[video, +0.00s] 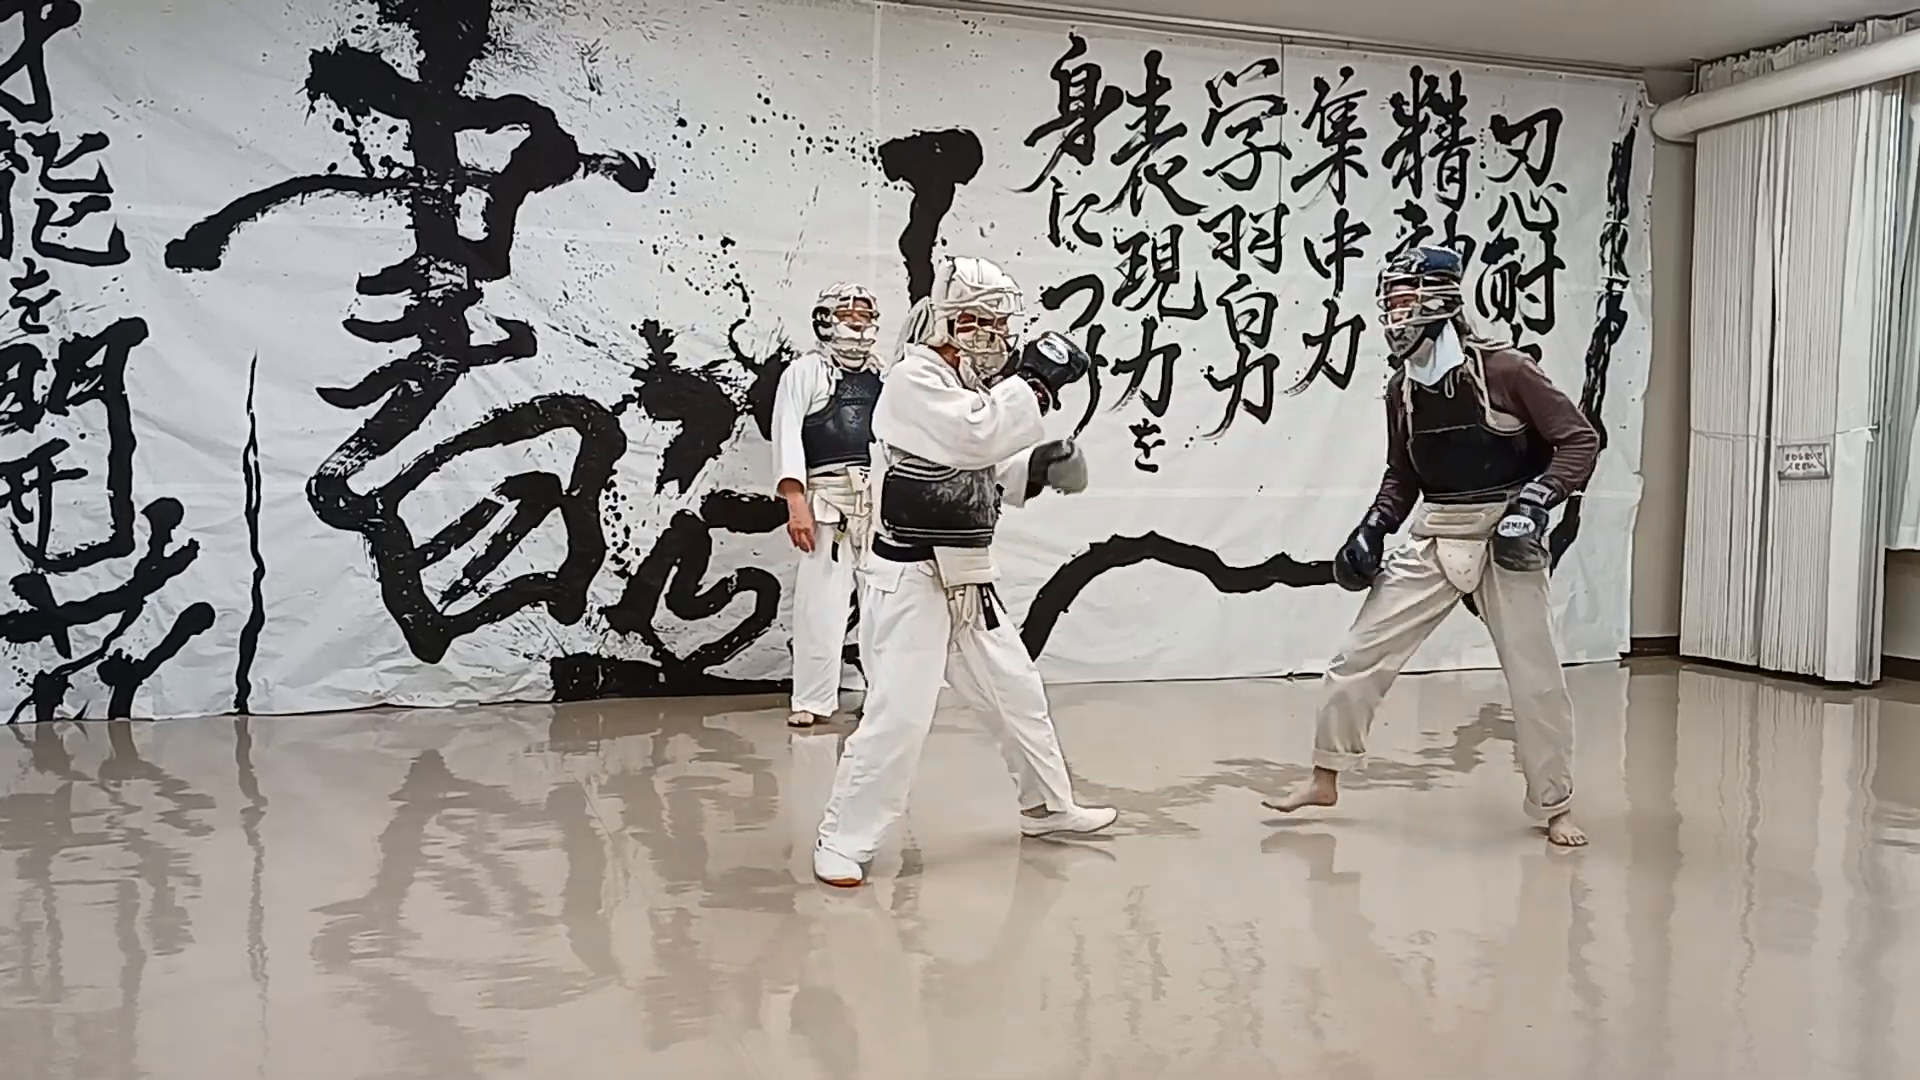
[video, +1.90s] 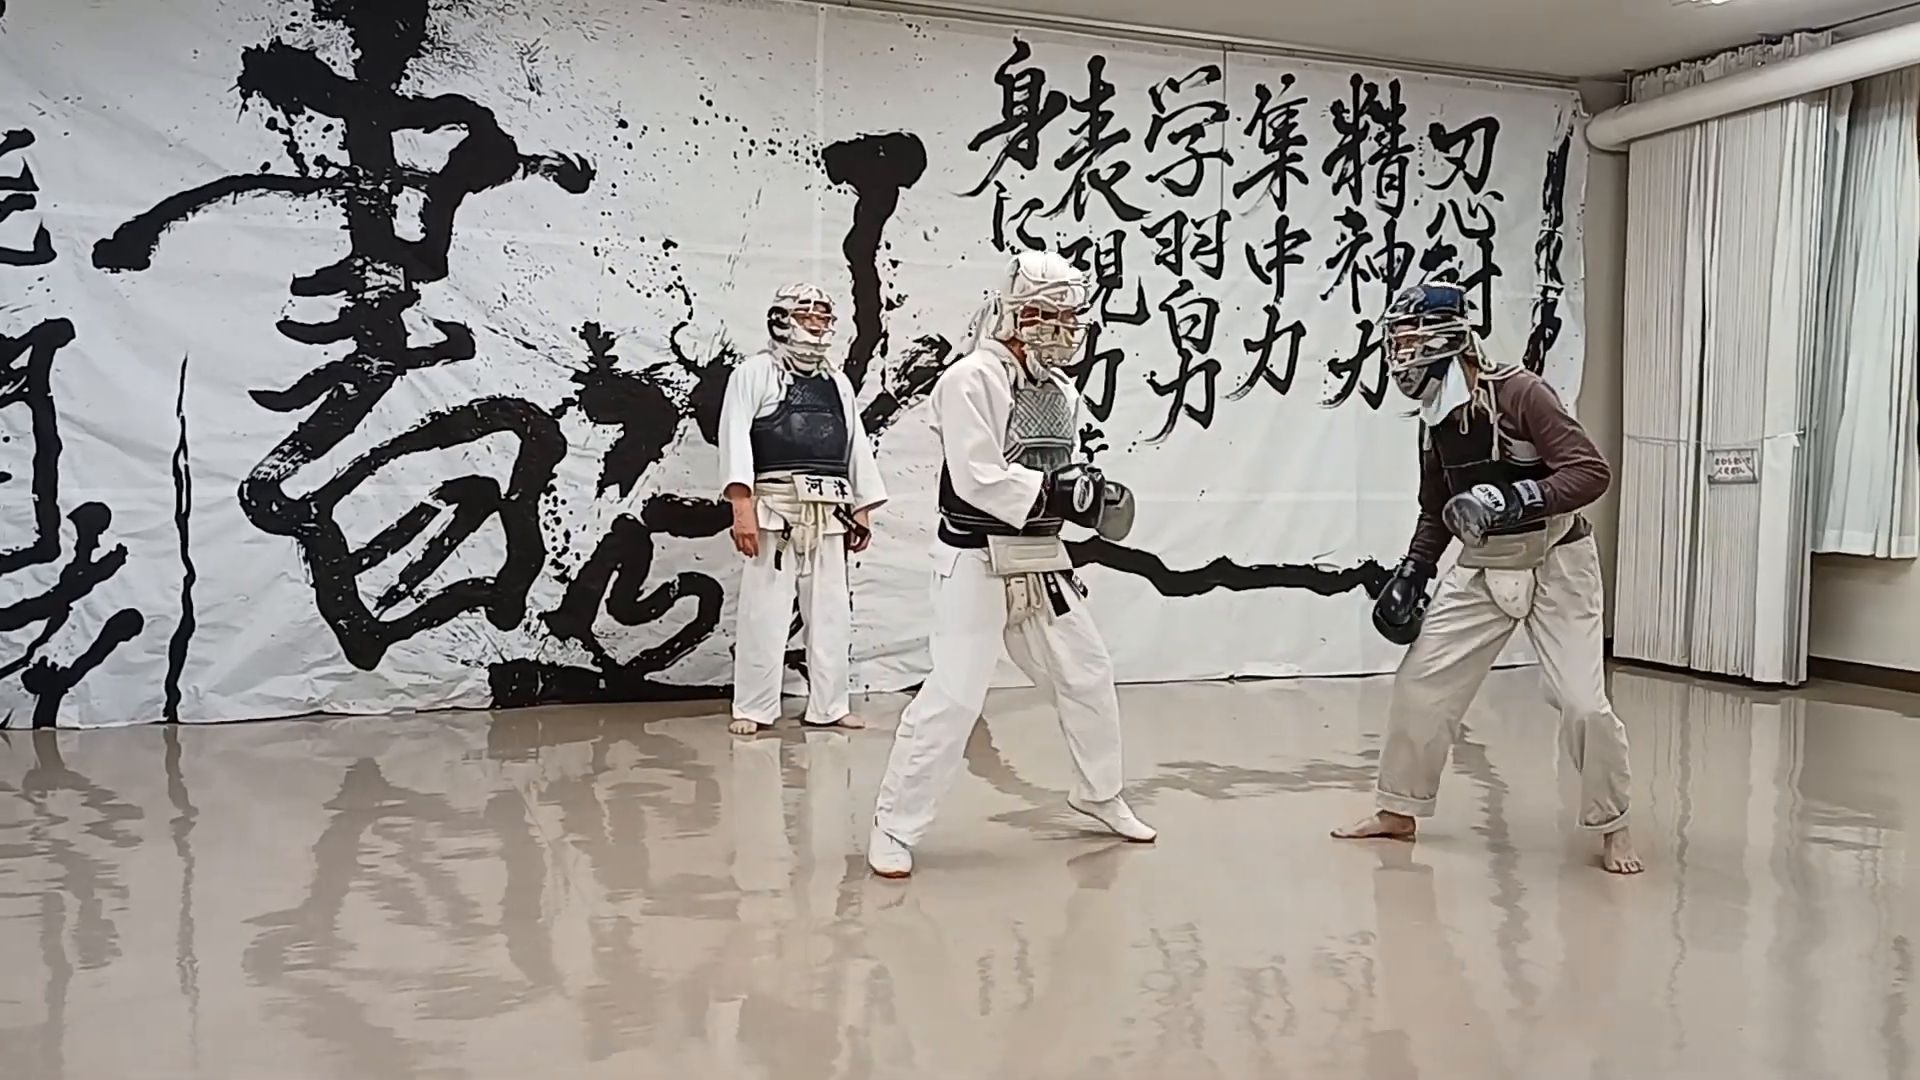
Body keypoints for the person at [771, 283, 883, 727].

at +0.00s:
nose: (855, 323)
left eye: (863, 316)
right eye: (845, 315)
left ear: (873, 324)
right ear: (825, 321)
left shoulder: (882, 375)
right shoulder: (804, 371)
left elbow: (898, 440)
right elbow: (786, 438)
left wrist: (903, 500)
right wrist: (797, 504)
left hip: (879, 501)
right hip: (824, 502)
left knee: (885, 602)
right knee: (819, 607)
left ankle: (886, 698)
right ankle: (811, 702)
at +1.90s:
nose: (817, 323)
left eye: (824, 317)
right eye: (807, 315)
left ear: (830, 325)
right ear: (783, 319)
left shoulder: (837, 380)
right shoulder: (754, 372)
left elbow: (856, 446)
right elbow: (735, 441)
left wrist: (863, 509)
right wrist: (741, 508)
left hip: (830, 510)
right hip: (771, 508)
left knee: (831, 614)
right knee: (763, 614)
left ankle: (829, 707)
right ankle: (753, 710)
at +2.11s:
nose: (798, 323)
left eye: (803, 317)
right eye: (788, 315)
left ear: (808, 326)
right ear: (762, 320)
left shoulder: (817, 381)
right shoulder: (733, 374)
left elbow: (836, 447)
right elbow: (715, 443)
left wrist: (844, 509)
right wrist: (722, 509)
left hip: (811, 511)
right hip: (751, 510)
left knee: (812, 614)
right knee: (744, 615)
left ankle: (810, 708)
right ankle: (734, 712)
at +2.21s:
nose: (788, 324)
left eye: (794, 318)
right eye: (778, 316)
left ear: (799, 326)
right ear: (754, 320)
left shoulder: (808, 381)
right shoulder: (724, 374)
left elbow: (828, 447)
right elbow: (706, 443)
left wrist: (835, 510)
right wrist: (713, 509)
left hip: (802, 511)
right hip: (743, 510)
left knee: (805, 614)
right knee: (736, 615)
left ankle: (802, 708)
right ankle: (726, 713)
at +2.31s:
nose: (780, 324)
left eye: (786, 318)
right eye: (770, 316)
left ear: (792, 325)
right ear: (746, 320)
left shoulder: (801, 382)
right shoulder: (717, 374)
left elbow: (821, 448)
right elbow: (698, 444)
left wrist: (828, 512)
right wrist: (706, 510)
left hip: (795, 511)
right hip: (736, 509)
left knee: (798, 614)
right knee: (729, 615)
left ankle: (795, 709)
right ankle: (720, 713)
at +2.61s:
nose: (765, 326)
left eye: (771, 319)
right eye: (755, 318)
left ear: (776, 326)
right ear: (730, 321)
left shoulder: (785, 382)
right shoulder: (701, 374)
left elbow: (804, 448)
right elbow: (682, 444)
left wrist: (813, 511)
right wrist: (690, 510)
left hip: (780, 511)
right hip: (720, 510)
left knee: (782, 614)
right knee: (713, 615)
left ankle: (780, 709)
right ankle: (703, 713)